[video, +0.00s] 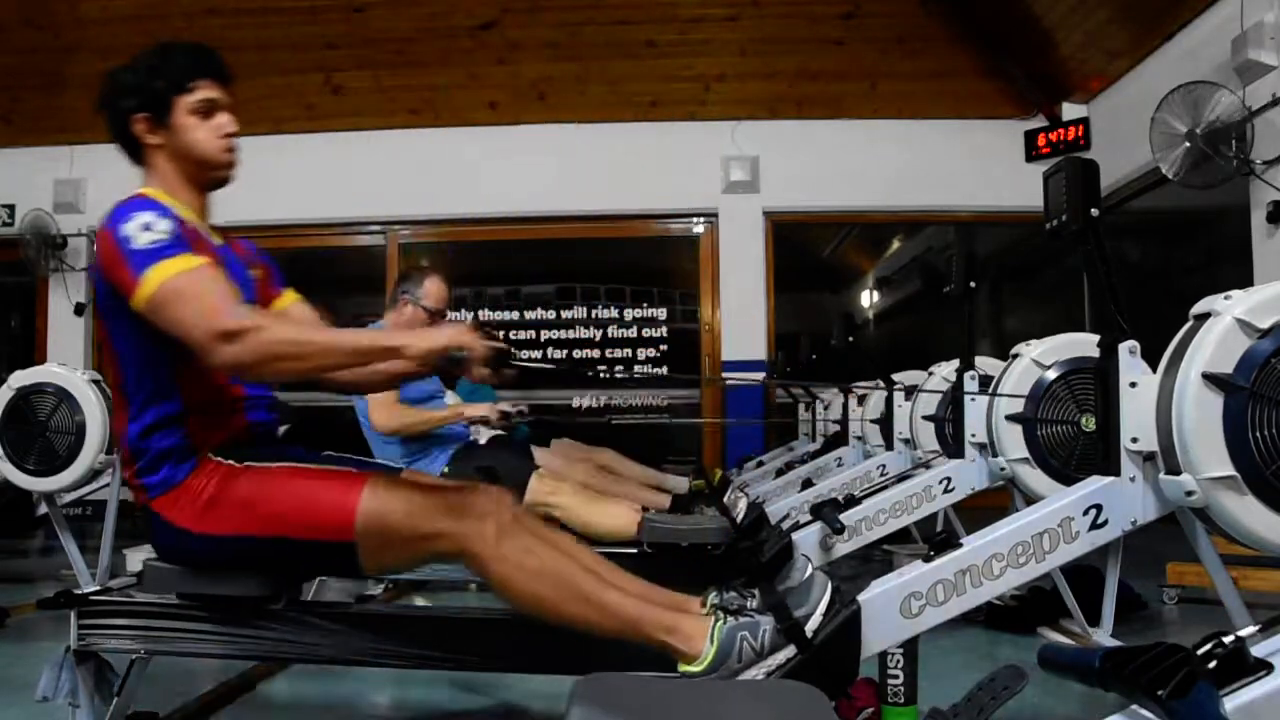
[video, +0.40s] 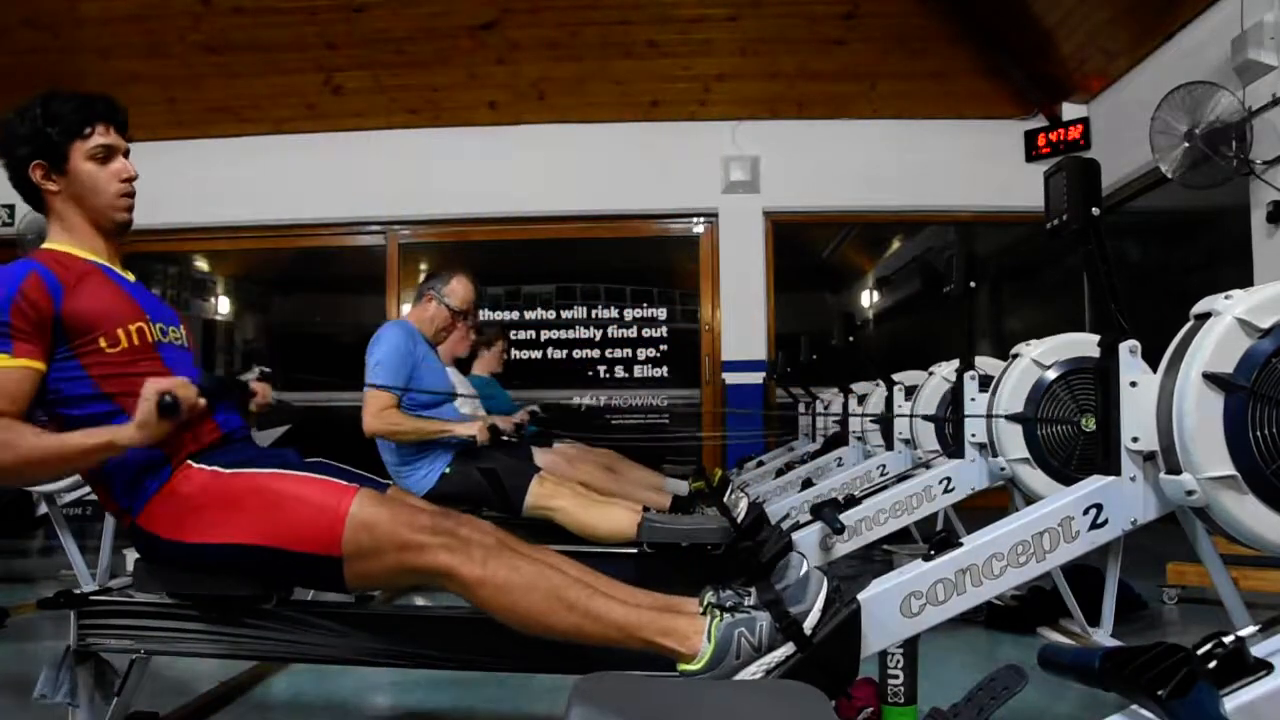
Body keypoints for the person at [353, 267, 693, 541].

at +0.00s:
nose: (439, 325)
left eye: (442, 317)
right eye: (433, 316)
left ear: (410, 309)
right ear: (403, 309)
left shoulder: (413, 348)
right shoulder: (379, 349)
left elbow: (431, 405)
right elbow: (385, 418)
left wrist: (475, 413)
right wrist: (461, 413)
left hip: (458, 443)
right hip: (436, 465)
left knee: (575, 468)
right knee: (555, 493)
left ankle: (676, 512)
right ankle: (663, 532)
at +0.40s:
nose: (457, 326)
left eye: (463, 318)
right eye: (455, 314)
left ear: (431, 305)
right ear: (427, 301)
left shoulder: (417, 344)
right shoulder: (396, 340)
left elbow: (421, 413)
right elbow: (376, 419)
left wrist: (481, 422)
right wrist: (458, 428)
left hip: (457, 455)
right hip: (436, 471)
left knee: (565, 484)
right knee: (555, 497)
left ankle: (674, 523)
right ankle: (671, 532)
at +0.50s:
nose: (485, 336)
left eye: (487, 330)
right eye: (482, 328)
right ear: (463, 324)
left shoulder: (468, 370)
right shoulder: (449, 368)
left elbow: (480, 415)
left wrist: (512, 424)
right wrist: (507, 426)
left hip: (502, 436)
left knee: (586, 456)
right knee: (574, 465)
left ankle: (684, 492)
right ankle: (678, 504)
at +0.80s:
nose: (508, 318)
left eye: (511, 310)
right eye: (504, 307)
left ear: (477, 301)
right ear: (475, 299)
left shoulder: (466, 341)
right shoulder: (446, 337)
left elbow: (496, 409)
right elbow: (467, 425)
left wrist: (553, 442)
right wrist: (543, 453)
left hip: (455, 458)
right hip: (430, 471)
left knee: (576, 479)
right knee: (565, 485)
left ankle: (680, 526)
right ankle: (675, 535)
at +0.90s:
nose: (526, 315)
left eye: (528, 306)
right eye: (521, 305)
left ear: (491, 302)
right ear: (491, 301)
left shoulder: (480, 341)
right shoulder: (462, 339)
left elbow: (520, 407)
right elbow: (500, 424)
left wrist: (581, 444)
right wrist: (575, 455)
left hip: (468, 458)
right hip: (443, 468)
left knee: (579, 469)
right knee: (570, 477)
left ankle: (672, 520)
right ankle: (665, 531)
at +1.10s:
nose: (560, 309)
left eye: (560, 301)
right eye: (555, 300)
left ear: (528, 304)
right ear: (528, 303)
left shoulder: (511, 339)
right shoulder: (506, 341)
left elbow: (569, 401)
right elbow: (562, 412)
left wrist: (639, 444)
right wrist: (637, 448)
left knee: (602, 433)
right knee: (593, 443)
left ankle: (671, 498)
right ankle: (657, 514)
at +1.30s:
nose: (604, 306)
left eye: (603, 298)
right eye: (598, 298)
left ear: (574, 304)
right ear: (573, 304)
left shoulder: (557, 338)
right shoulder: (553, 341)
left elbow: (627, 404)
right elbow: (627, 409)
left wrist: (696, 440)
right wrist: (697, 444)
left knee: (638, 423)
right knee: (628, 424)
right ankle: (674, 518)